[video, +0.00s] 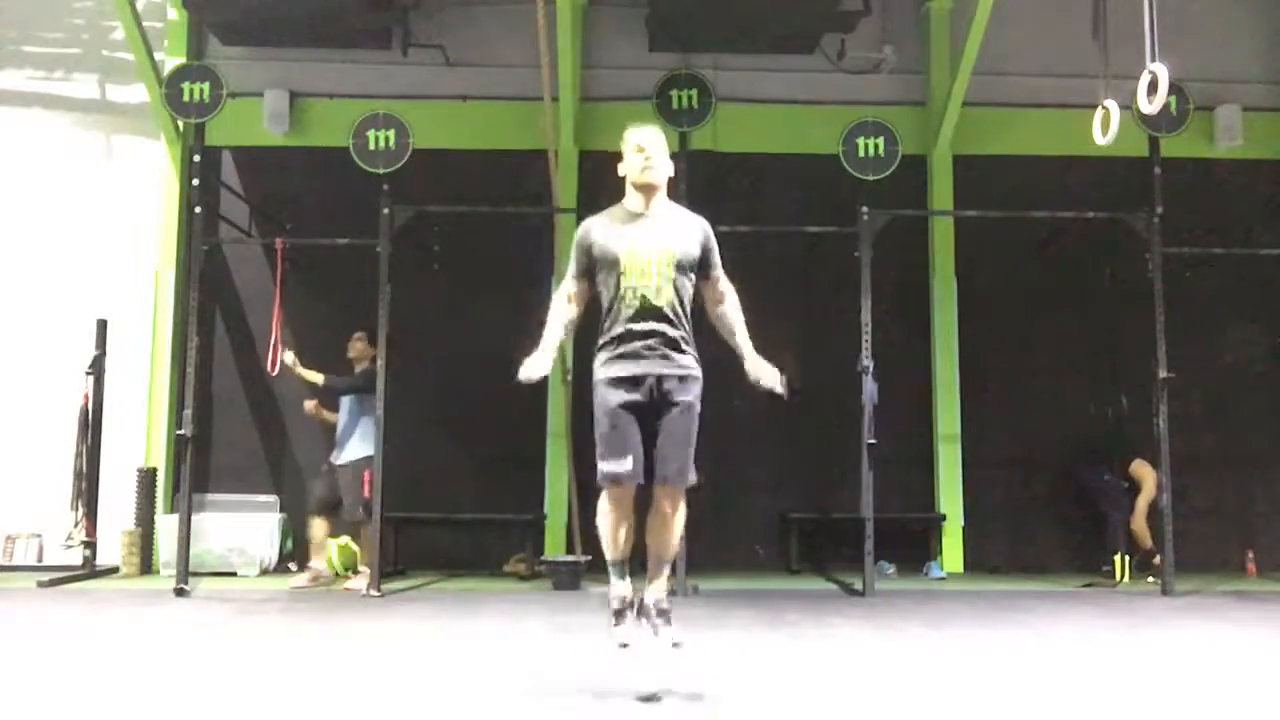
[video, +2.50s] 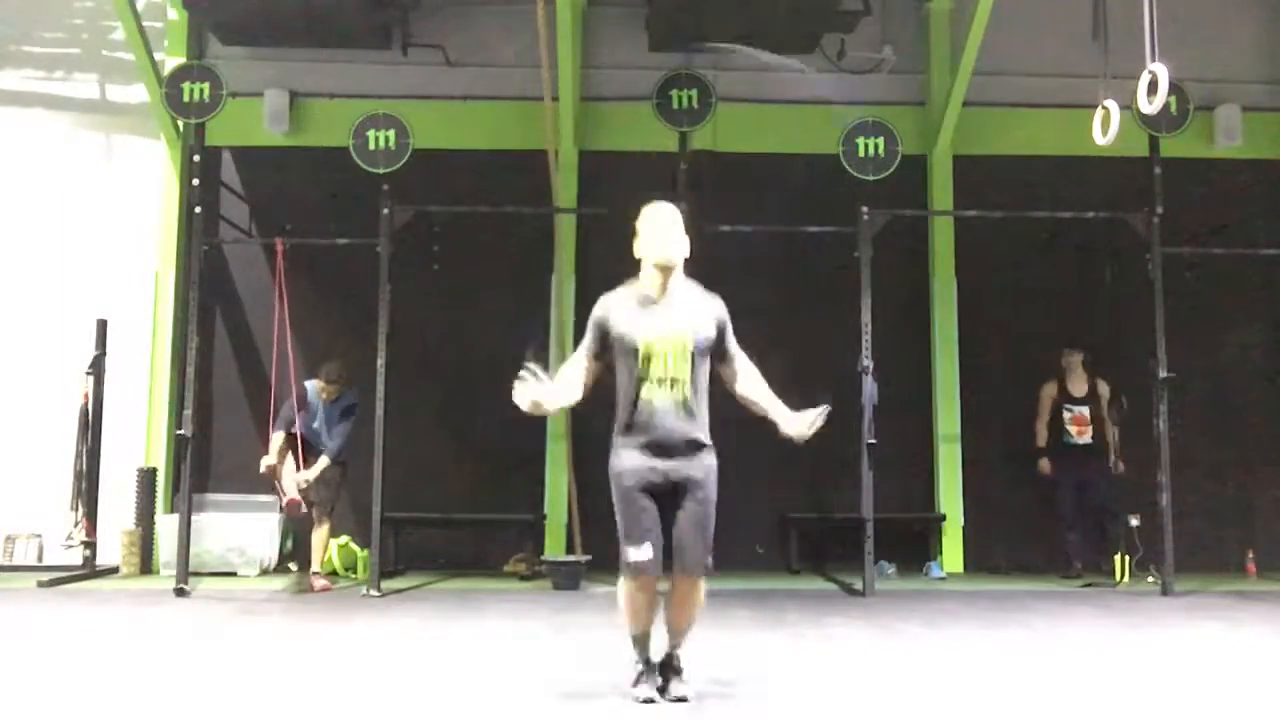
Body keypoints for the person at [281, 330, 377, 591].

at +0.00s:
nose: (352, 344)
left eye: (359, 340)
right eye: (351, 340)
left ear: (373, 350)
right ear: (350, 349)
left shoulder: (373, 376)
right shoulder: (351, 382)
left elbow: (343, 385)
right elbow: (347, 422)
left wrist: (299, 370)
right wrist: (320, 412)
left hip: (361, 456)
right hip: (340, 455)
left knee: (362, 516)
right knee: (319, 507)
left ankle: (367, 571)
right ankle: (318, 567)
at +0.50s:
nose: (308, 350)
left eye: (314, 345)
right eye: (304, 345)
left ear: (322, 350)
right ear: (295, 348)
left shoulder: (327, 375)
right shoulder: (286, 374)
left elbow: (336, 381)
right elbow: (262, 386)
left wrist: (303, 354)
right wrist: (266, 363)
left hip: (321, 453)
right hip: (288, 455)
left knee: (330, 511)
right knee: (283, 514)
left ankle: (354, 566)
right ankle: (285, 572)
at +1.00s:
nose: (299, 351)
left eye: (303, 346)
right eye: (295, 345)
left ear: (308, 349)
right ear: (285, 346)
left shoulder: (316, 372)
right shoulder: (273, 373)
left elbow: (329, 375)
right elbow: (259, 373)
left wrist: (314, 356)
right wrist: (269, 349)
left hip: (314, 452)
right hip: (280, 452)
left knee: (315, 516)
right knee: (279, 517)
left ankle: (315, 572)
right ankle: (283, 572)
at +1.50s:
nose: (310, 351)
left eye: (315, 347)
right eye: (305, 345)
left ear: (322, 351)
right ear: (296, 348)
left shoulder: (330, 373)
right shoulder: (284, 373)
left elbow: (333, 398)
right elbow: (263, 403)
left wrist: (311, 396)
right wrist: (263, 385)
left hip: (320, 453)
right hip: (288, 452)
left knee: (318, 517)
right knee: (285, 516)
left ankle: (316, 572)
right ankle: (284, 572)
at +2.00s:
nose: (322, 388)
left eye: (328, 385)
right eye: (320, 382)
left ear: (340, 381)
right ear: (316, 375)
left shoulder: (349, 401)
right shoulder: (301, 386)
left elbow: (342, 441)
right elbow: (285, 423)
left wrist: (321, 475)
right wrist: (280, 460)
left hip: (328, 457)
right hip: (298, 449)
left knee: (321, 514)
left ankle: (316, 571)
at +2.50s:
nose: (325, 394)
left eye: (331, 391)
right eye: (323, 388)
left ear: (342, 387)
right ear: (319, 382)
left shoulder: (350, 400)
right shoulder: (305, 390)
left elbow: (339, 440)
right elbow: (283, 420)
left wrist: (314, 471)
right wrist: (271, 454)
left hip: (328, 455)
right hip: (299, 445)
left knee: (322, 514)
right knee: (281, 446)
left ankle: (316, 572)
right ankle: (293, 496)